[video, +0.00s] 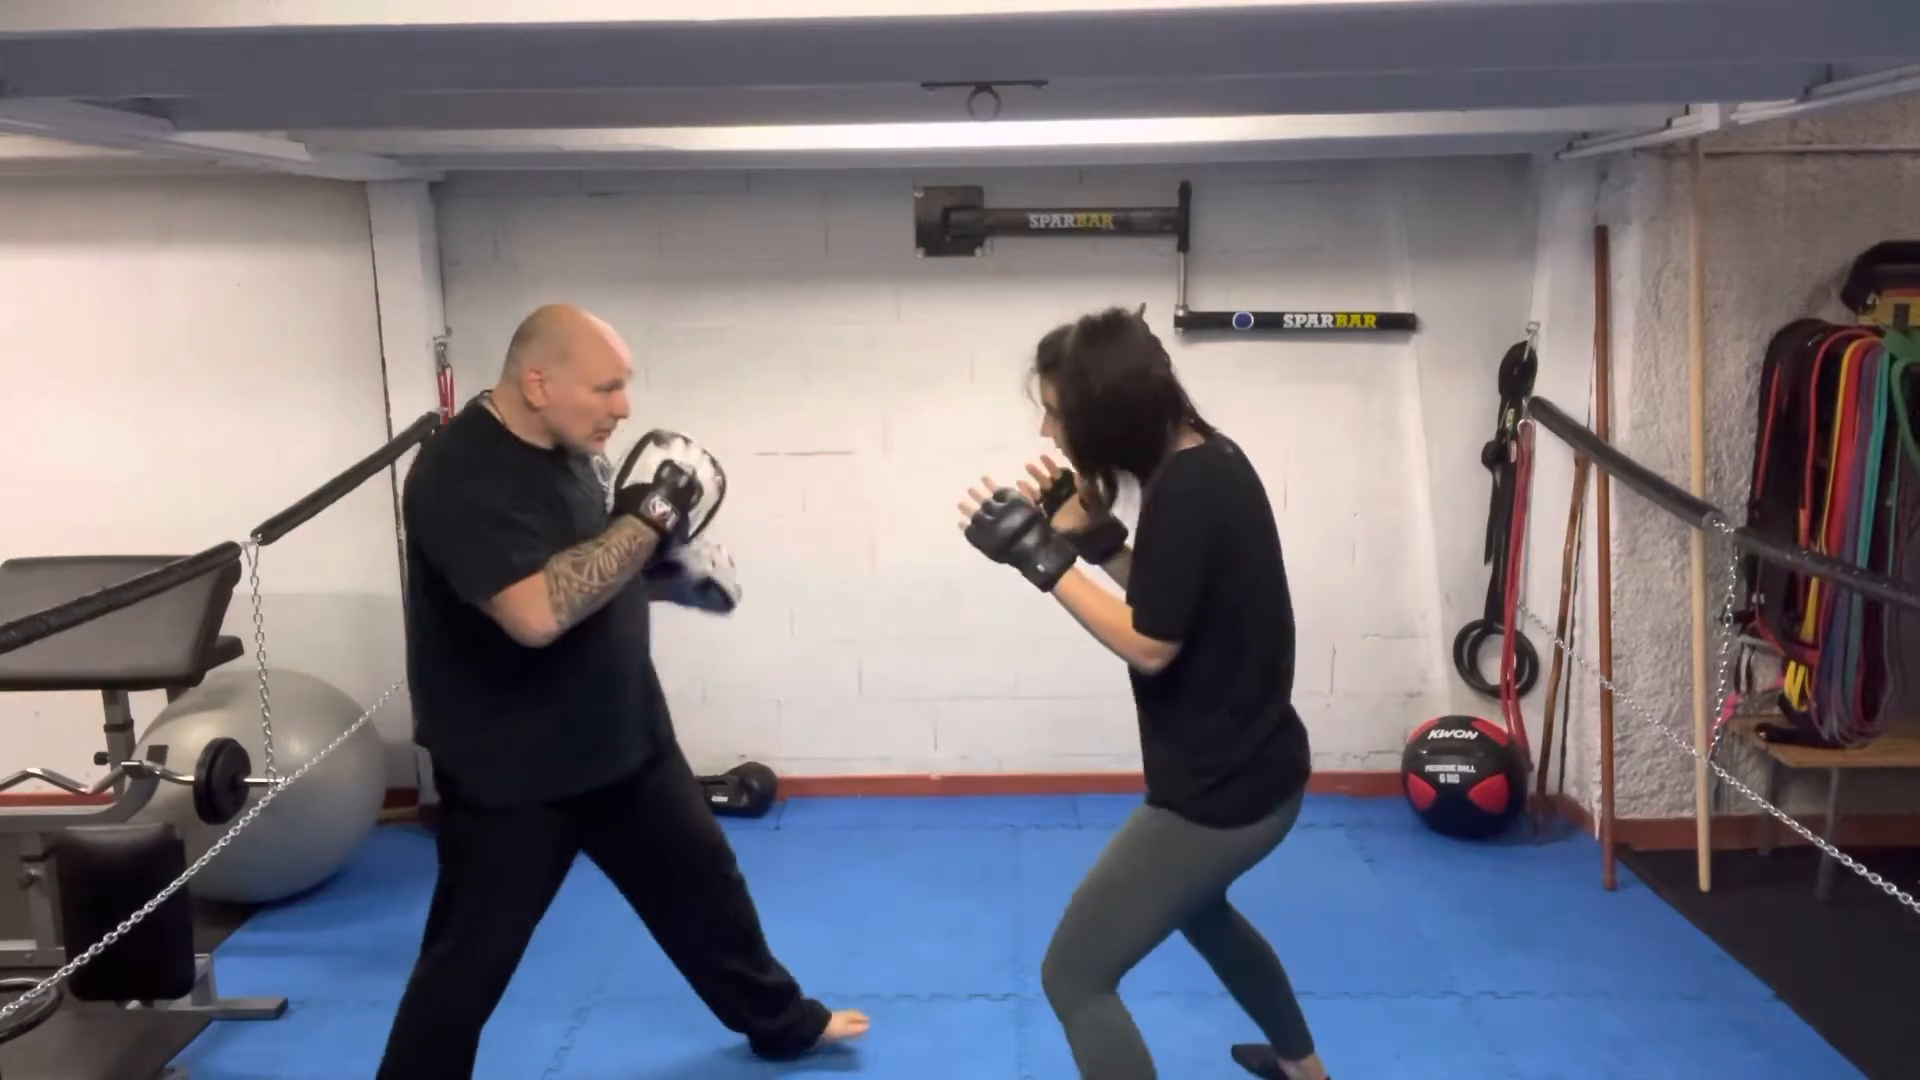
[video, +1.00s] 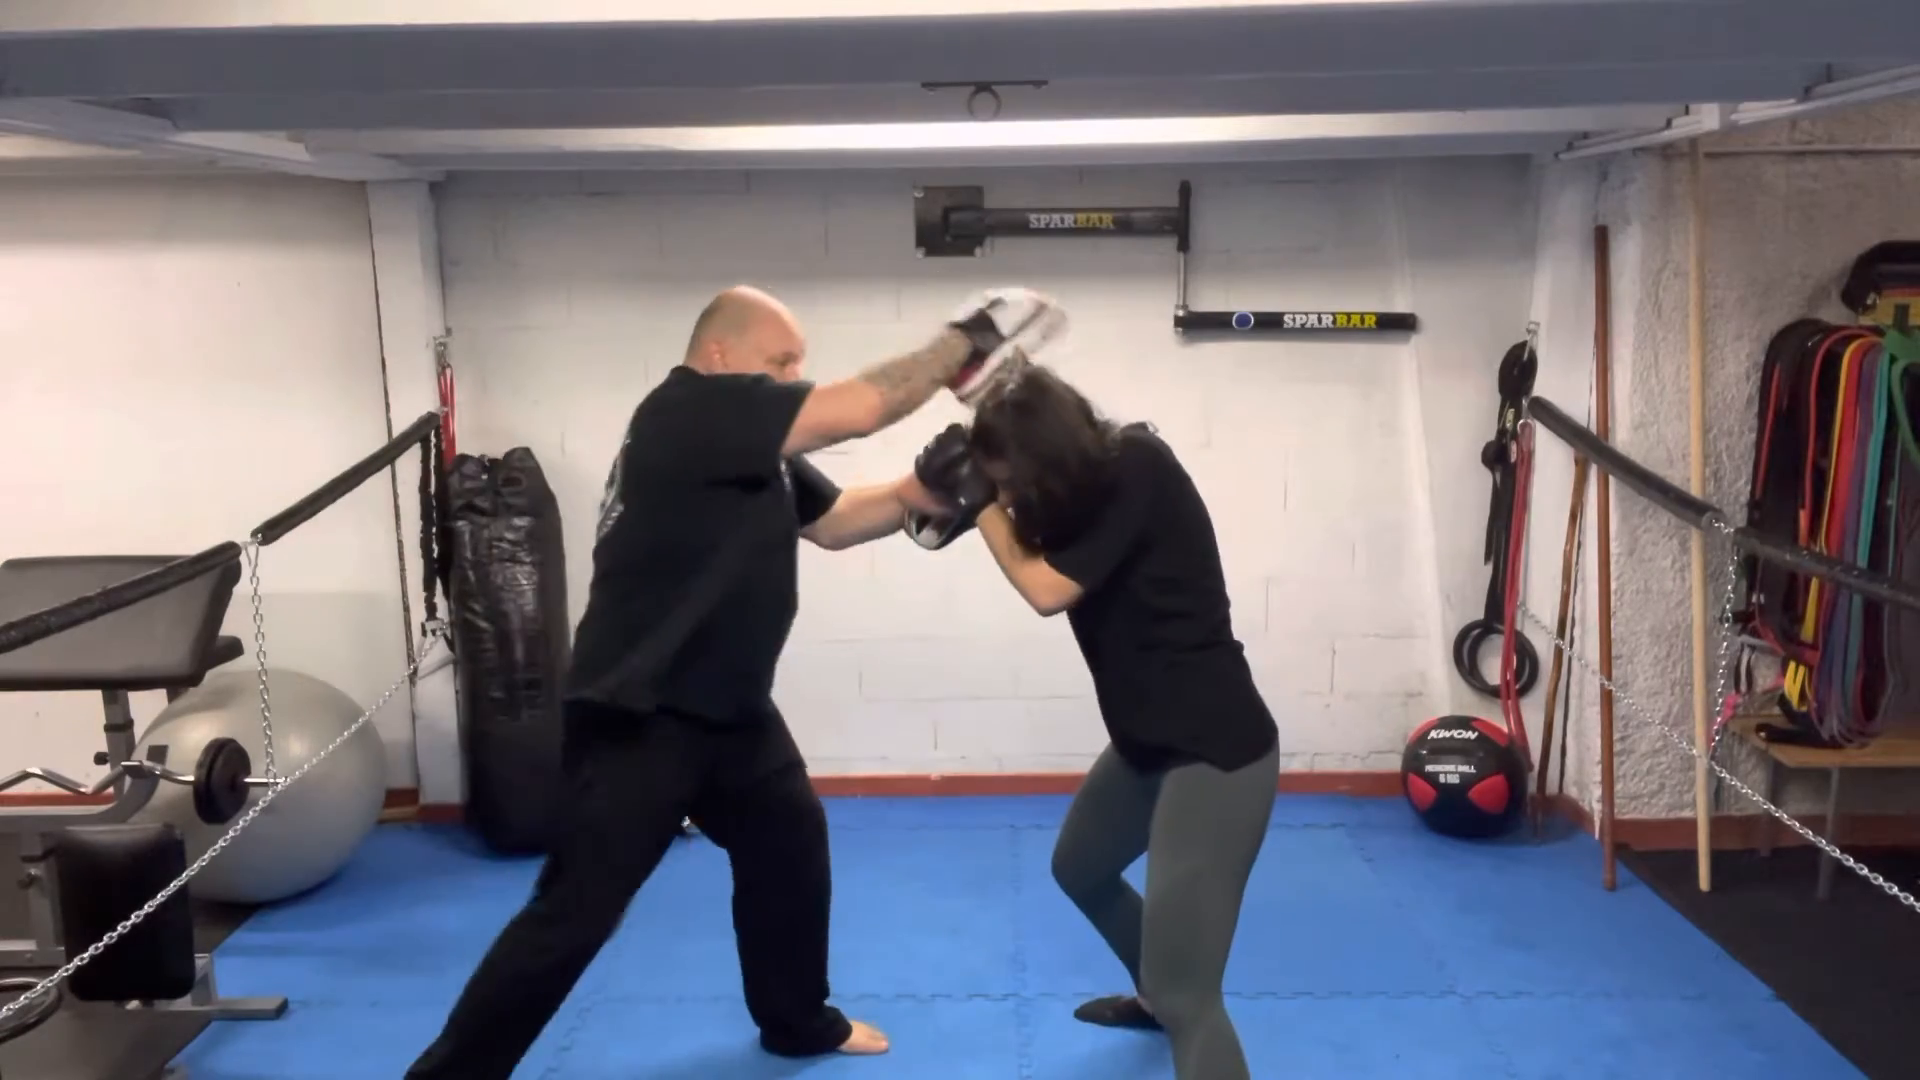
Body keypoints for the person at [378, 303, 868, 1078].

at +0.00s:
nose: (622, 407)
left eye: (624, 388)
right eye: (606, 388)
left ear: (545, 387)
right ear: (536, 384)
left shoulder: (558, 453)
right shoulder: (456, 473)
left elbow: (569, 565)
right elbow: (533, 612)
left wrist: (661, 575)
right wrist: (644, 526)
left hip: (617, 748)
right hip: (508, 775)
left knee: (703, 887)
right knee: (464, 970)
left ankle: (780, 1022)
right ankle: (412, 1074)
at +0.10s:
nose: (660, 401)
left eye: (663, 386)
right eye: (647, 385)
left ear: (587, 384)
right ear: (582, 382)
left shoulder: (625, 451)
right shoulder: (486, 472)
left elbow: (641, 569)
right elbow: (555, 604)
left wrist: (687, 610)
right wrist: (651, 489)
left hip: (659, 747)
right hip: (540, 768)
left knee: (736, 879)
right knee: (477, 960)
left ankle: (793, 1027)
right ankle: (414, 1073)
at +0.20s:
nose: (677, 394)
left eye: (691, 382)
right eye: (666, 373)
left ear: (702, 397)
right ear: (615, 370)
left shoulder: (691, 457)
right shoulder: (528, 448)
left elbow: (719, 526)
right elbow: (558, 578)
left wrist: (781, 556)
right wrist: (629, 444)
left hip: (700, 738)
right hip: (571, 753)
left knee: (776, 863)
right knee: (489, 953)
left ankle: (795, 1027)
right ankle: (424, 1070)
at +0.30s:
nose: (734, 395)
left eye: (736, 379)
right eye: (722, 377)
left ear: (717, 380)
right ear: (663, 370)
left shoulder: (740, 435)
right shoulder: (548, 434)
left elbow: (805, 470)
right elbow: (539, 551)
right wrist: (620, 429)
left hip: (718, 730)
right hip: (584, 739)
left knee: (788, 877)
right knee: (513, 937)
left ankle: (797, 1029)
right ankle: (440, 1074)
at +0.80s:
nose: (710, 381)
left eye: (715, 371)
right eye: (692, 364)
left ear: (723, 384)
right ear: (641, 370)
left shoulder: (733, 451)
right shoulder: (570, 428)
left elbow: (827, 502)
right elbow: (636, 485)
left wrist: (924, 474)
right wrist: (721, 367)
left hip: (686, 731)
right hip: (568, 742)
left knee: (767, 846)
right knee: (504, 940)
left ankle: (789, 1020)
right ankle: (447, 1072)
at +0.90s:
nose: (764, 391)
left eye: (767, 378)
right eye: (746, 373)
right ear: (681, 364)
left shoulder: (749, 464)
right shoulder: (626, 425)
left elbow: (833, 514)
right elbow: (775, 427)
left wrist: (923, 474)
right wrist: (856, 324)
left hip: (699, 726)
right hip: (592, 733)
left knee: (776, 843)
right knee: (521, 940)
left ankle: (794, 1021)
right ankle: (445, 1071)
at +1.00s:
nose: (795, 381)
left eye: (797, 365)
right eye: (782, 364)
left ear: (728, 355)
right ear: (717, 356)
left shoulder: (759, 450)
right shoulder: (685, 412)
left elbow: (834, 522)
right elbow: (859, 406)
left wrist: (928, 485)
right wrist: (967, 342)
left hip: (728, 709)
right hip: (637, 711)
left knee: (789, 840)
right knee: (576, 913)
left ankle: (796, 1022)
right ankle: (450, 1070)